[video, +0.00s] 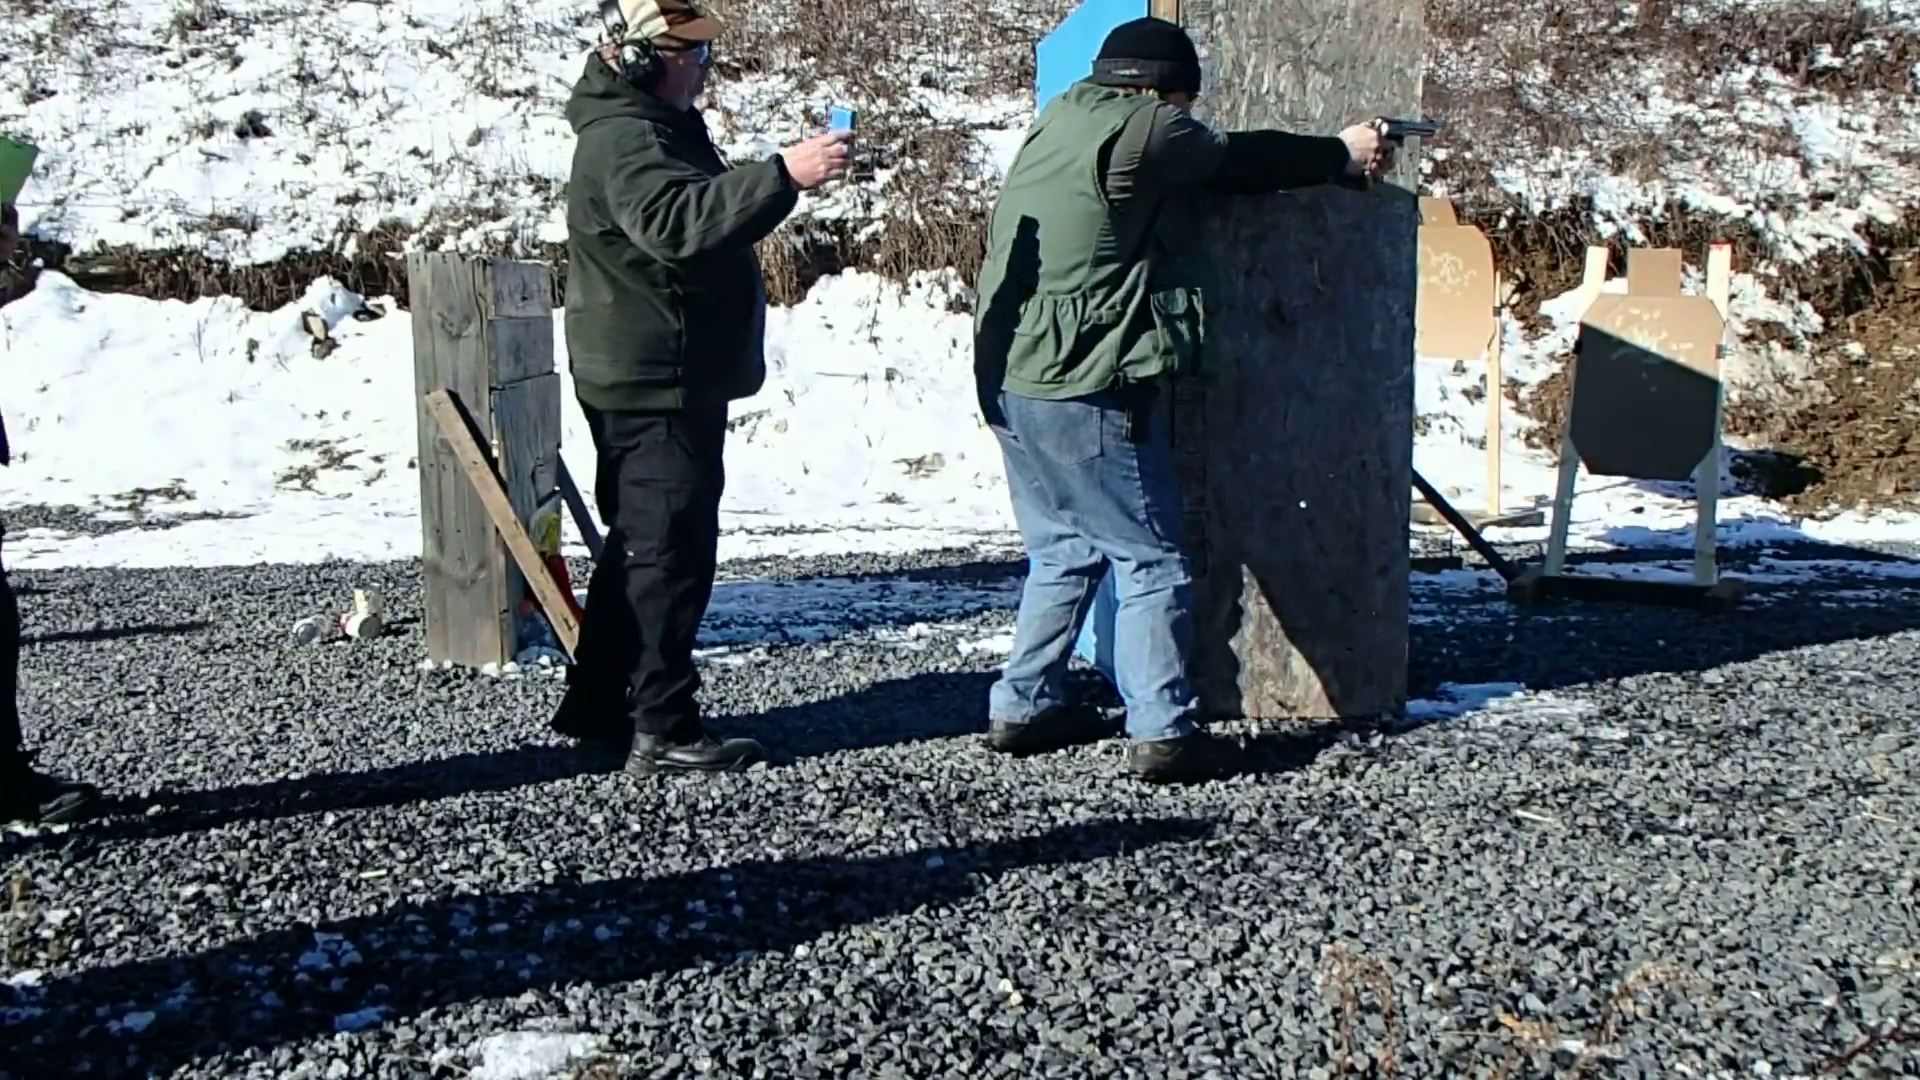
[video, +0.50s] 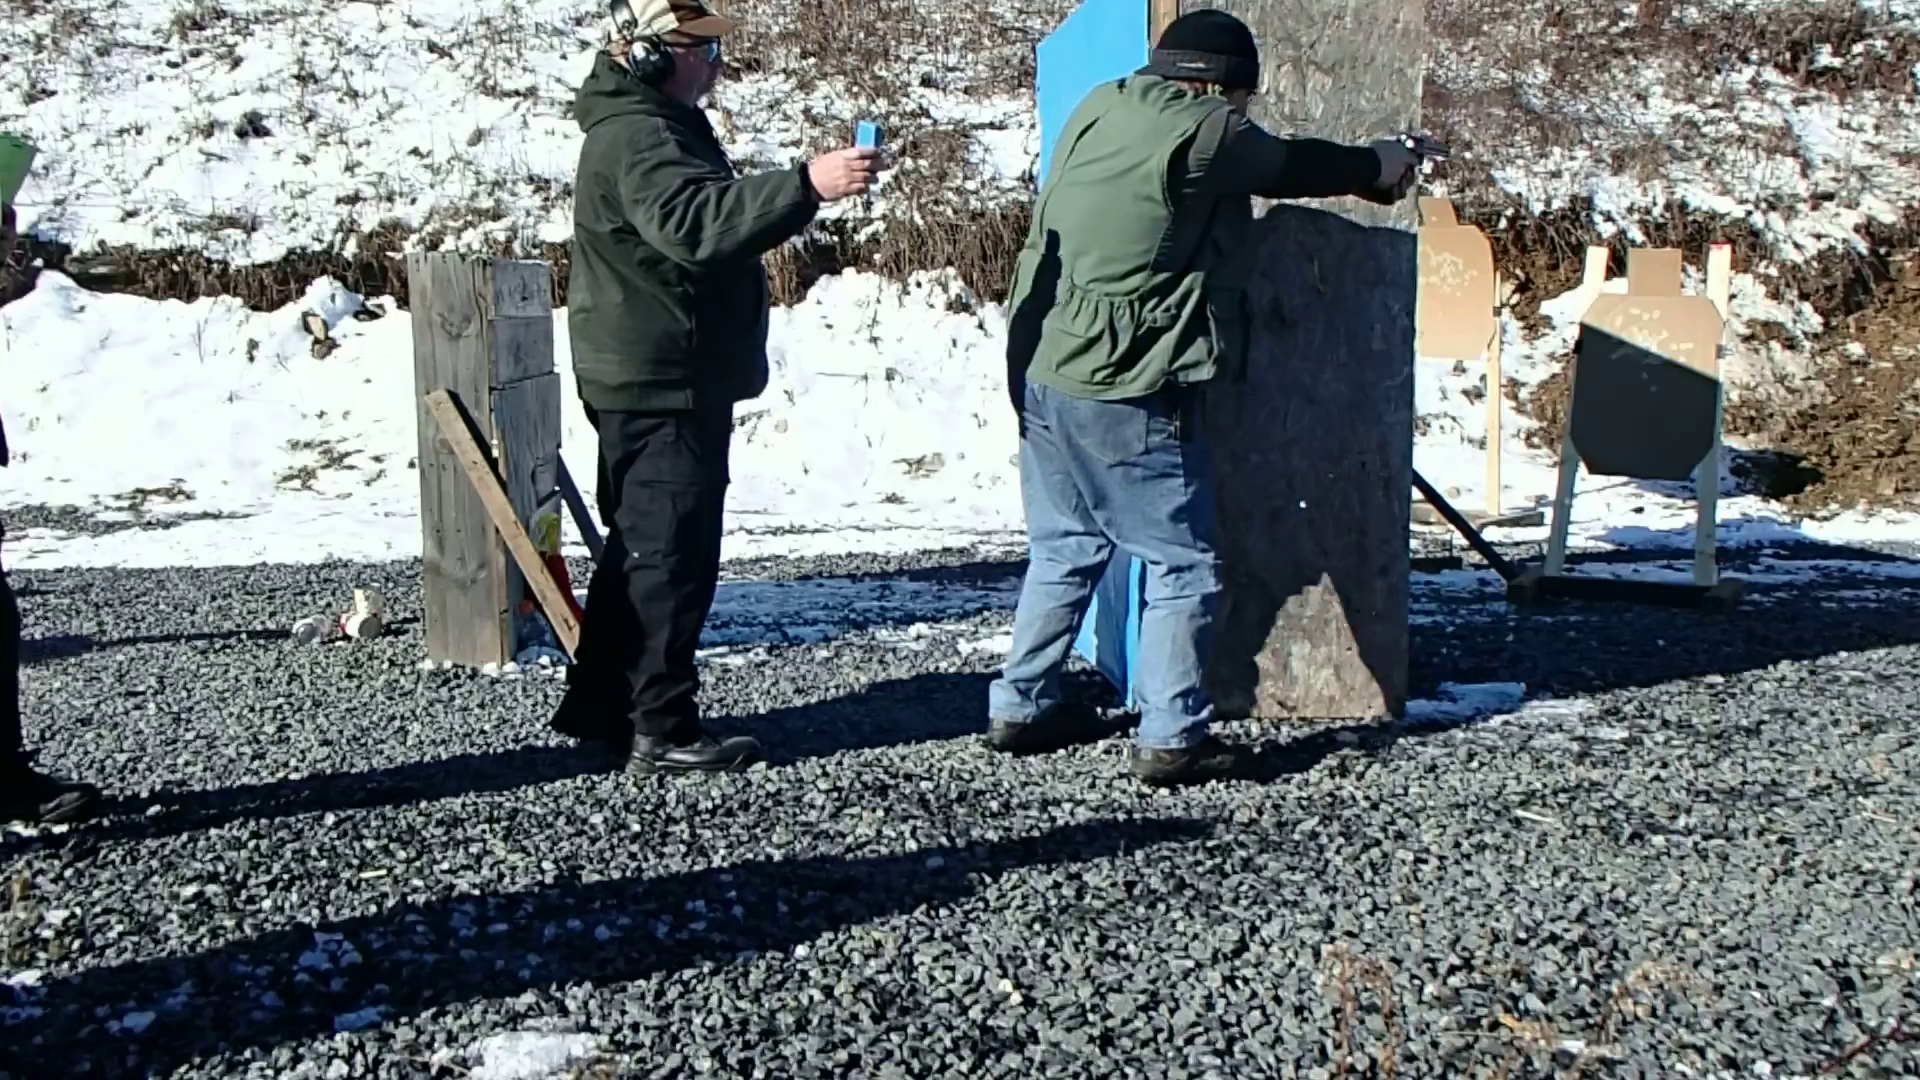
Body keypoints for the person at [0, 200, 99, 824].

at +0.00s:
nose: (16, 245)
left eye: (13, 225)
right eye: (9, 227)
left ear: (13, 233)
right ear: (3, 236)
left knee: (6, 618)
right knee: (4, 617)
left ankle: (16, 775)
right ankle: (13, 778)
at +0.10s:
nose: (17, 249)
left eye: (14, 232)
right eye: (10, 232)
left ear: (13, 240)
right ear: (4, 243)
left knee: (8, 615)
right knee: (6, 614)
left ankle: (17, 775)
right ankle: (14, 778)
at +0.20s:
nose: (14, 246)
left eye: (12, 227)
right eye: (9, 228)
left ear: (13, 235)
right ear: (4, 238)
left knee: (6, 616)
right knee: (4, 615)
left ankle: (16, 774)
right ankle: (13, 777)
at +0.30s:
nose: (13, 247)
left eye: (12, 228)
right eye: (9, 229)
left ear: (13, 235)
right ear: (5, 239)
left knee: (6, 615)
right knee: (4, 614)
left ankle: (16, 775)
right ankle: (13, 778)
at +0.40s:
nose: (16, 252)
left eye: (13, 233)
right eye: (11, 234)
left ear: (13, 242)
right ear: (7, 245)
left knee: (6, 613)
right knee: (4, 612)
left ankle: (17, 775)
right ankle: (14, 778)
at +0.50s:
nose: (15, 250)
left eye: (13, 231)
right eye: (10, 232)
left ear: (14, 239)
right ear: (5, 243)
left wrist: (4, 434)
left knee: (6, 616)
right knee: (5, 615)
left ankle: (17, 774)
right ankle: (15, 776)